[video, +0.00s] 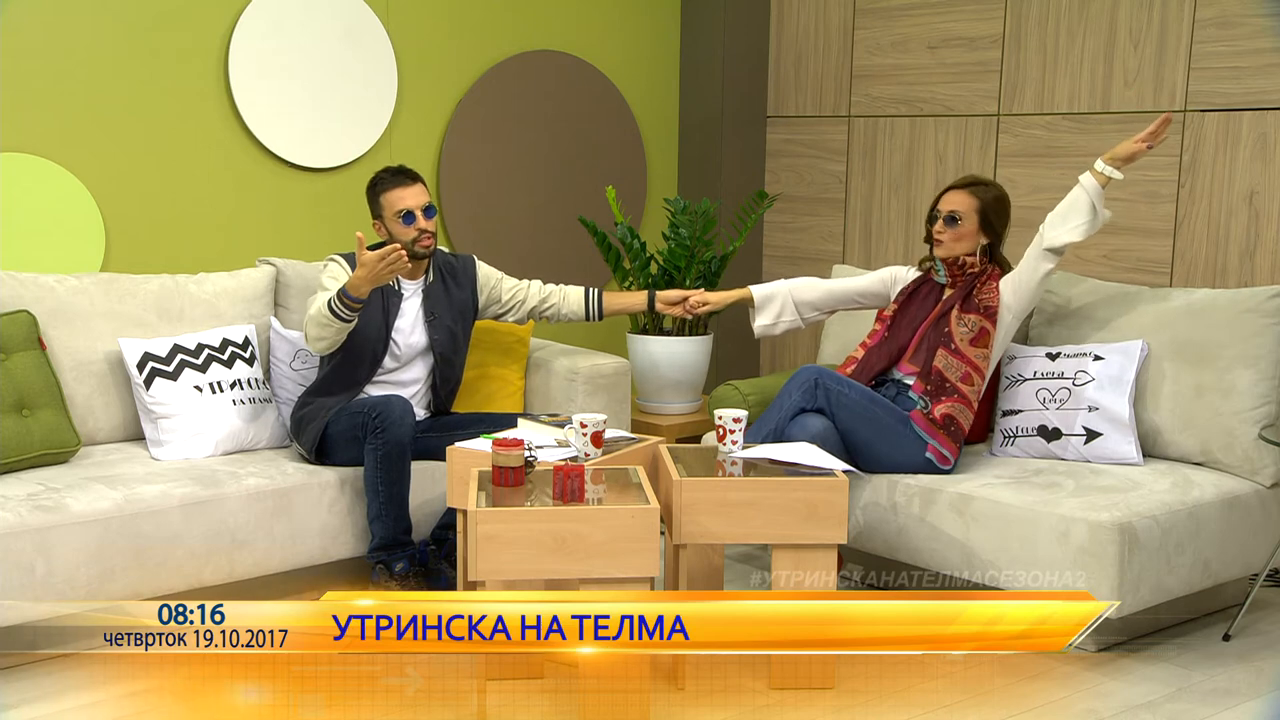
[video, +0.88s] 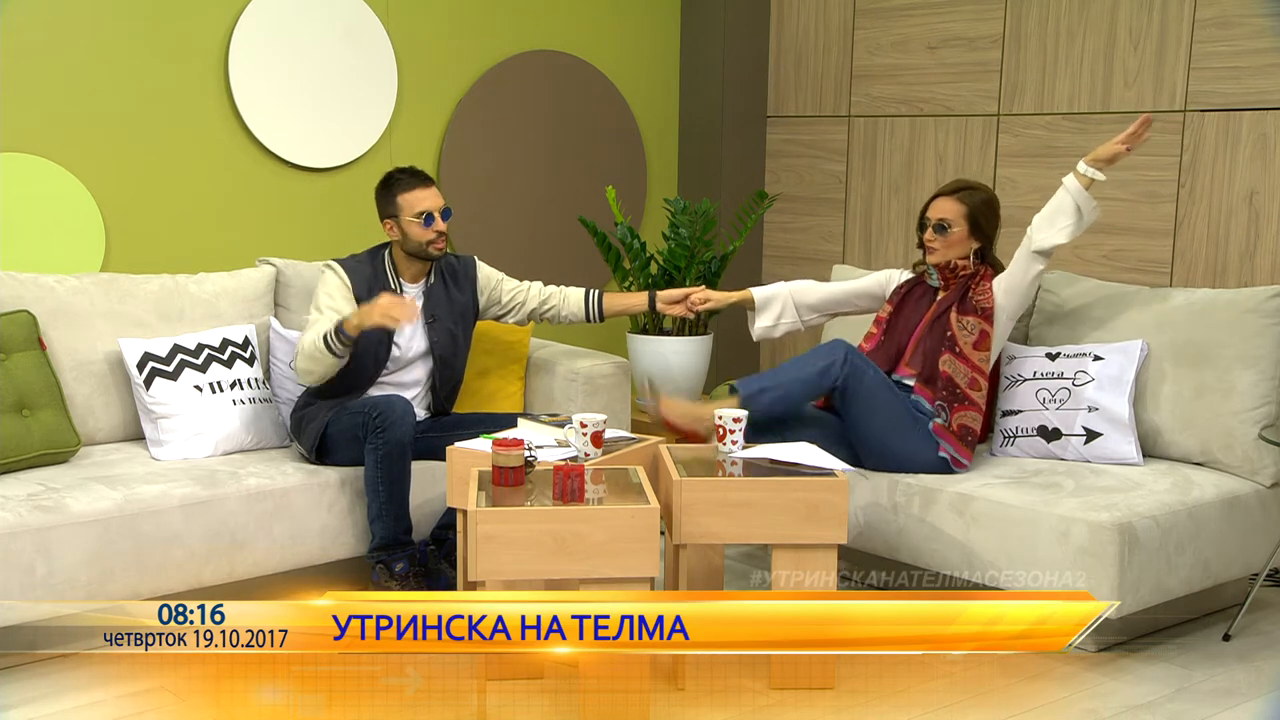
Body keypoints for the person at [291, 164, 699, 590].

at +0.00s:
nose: (422, 225)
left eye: (427, 212)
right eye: (406, 217)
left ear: (437, 214)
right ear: (379, 227)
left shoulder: (463, 275)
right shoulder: (348, 273)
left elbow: (548, 300)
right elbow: (318, 340)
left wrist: (654, 299)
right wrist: (357, 288)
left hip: (416, 421)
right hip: (331, 423)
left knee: (515, 431)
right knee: (392, 409)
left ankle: (443, 552)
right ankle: (393, 560)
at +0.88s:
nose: (440, 227)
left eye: (443, 215)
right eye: (424, 219)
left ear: (449, 216)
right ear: (390, 228)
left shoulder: (464, 276)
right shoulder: (345, 280)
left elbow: (547, 301)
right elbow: (307, 369)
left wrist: (654, 300)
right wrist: (354, 323)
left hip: (417, 421)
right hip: (331, 422)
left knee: (515, 431)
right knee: (393, 410)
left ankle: (444, 550)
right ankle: (392, 559)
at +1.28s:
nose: (443, 228)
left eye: (443, 215)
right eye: (428, 219)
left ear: (443, 215)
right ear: (389, 230)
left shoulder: (456, 275)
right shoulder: (334, 284)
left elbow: (533, 309)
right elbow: (306, 379)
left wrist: (637, 324)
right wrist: (369, 382)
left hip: (420, 420)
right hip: (333, 424)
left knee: (525, 431)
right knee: (391, 412)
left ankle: (440, 553)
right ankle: (393, 561)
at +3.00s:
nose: (431, 281)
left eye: (441, 270)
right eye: (420, 271)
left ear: (450, 259)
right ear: (398, 260)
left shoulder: (470, 295)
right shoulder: (361, 307)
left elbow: (544, 318)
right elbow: (318, 387)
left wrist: (638, 320)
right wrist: (371, 394)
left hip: (440, 426)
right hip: (367, 428)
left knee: (527, 420)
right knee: (411, 427)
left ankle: (464, 548)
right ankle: (425, 557)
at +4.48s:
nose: (457, 262)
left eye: (464, 253)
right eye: (445, 254)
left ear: (471, 258)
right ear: (424, 263)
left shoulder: (490, 302)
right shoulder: (392, 312)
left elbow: (559, 323)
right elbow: (360, 390)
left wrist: (643, 325)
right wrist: (396, 381)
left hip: (463, 419)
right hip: (393, 422)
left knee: (546, 416)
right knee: (443, 408)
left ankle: (483, 524)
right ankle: (442, 537)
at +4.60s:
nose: (456, 260)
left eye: (463, 251)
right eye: (444, 252)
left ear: (470, 257)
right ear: (424, 261)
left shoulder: (489, 301)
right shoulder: (394, 312)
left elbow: (556, 323)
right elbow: (382, 393)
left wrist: (642, 325)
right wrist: (416, 350)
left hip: (464, 418)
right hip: (394, 421)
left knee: (547, 415)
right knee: (444, 406)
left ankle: (485, 521)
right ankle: (443, 534)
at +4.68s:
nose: (455, 258)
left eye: (462, 250)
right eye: (443, 251)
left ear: (469, 255)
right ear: (424, 259)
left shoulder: (488, 299)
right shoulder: (398, 310)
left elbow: (555, 322)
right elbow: (410, 383)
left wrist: (642, 326)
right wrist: (433, 320)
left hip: (465, 416)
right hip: (398, 419)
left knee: (548, 415)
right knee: (446, 406)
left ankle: (486, 520)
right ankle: (445, 533)